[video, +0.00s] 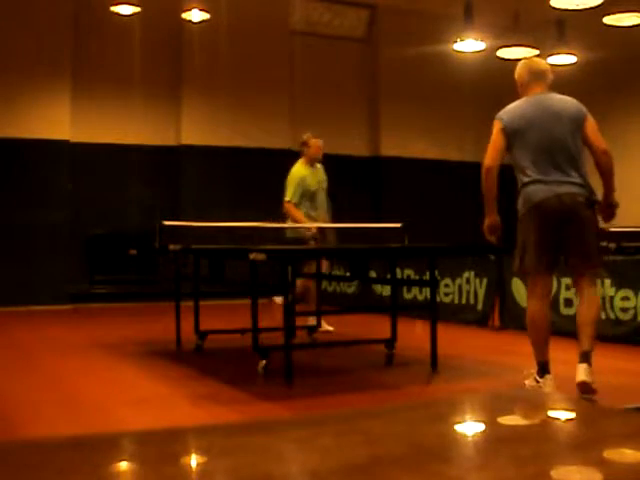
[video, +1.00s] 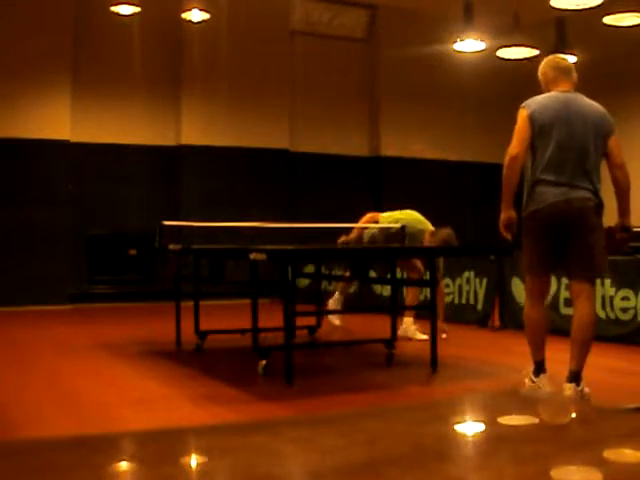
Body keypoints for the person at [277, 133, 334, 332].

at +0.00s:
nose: (320, 152)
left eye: (320, 148)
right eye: (316, 148)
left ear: (319, 150)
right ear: (306, 149)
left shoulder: (319, 168)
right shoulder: (297, 172)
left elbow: (320, 198)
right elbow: (288, 204)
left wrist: (325, 221)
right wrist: (307, 224)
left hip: (319, 227)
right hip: (301, 229)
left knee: (314, 271)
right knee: (311, 271)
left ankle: (286, 297)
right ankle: (313, 315)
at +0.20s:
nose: (343, 153)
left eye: (344, 148)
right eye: (339, 148)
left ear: (344, 149)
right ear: (328, 147)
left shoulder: (345, 171)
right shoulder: (315, 170)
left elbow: (353, 201)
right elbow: (303, 200)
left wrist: (358, 227)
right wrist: (319, 220)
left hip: (341, 231)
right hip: (318, 232)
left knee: (348, 270)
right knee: (317, 273)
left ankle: (351, 310)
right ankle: (314, 315)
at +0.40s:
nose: (375, 166)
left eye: (377, 163)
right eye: (373, 161)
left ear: (378, 163)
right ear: (362, 158)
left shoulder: (377, 183)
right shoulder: (343, 177)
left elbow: (386, 211)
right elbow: (325, 203)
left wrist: (392, 233)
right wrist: (330, 226)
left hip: (363, 240)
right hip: (339, 238)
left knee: (377, 274)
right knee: (331, 279)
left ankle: (395, 315)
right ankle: (320, 317)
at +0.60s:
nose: (419, 191)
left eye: (421, 187)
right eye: (417, 186)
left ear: (421, 188)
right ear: (407, 182)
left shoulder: (414, 208)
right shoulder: (382, 192)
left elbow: (419, 238)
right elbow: (349, 214)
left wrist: (422, 259)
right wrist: (346, 235)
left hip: (386, 246)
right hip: (360, 243)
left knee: (404, 276)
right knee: (350, 286)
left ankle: (405, 322)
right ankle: (322, 313)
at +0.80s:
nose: (435, 233)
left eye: (438, 231)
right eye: (436, 229)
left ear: (441, 229)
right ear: (432, 219)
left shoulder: (434, 237)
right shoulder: (404, 211)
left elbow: (439, 274)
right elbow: (364, 214)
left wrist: (443, 304)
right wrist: (350, 235)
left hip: (395, 249)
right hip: (369, 242)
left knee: (412, 273)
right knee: (352, 277)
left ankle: (407, 323)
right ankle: (328, 309)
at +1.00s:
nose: (433, 249)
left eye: (437, 249)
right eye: (434, 246)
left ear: (442, 247)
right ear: (431, 235)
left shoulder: (434, 254)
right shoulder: (411, 222)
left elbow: (438, 288)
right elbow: (371, 217)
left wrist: (439, 322)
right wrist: (352, 236)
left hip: (394, 250)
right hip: (370, 241)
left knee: (416, 273)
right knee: (357, 269)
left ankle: (407, 324)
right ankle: (336, 300)